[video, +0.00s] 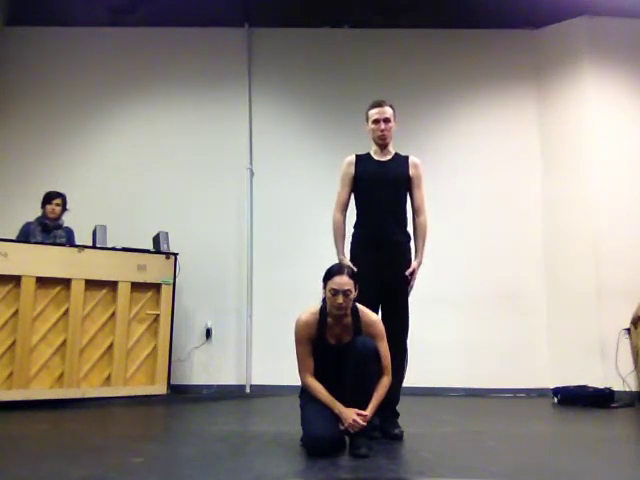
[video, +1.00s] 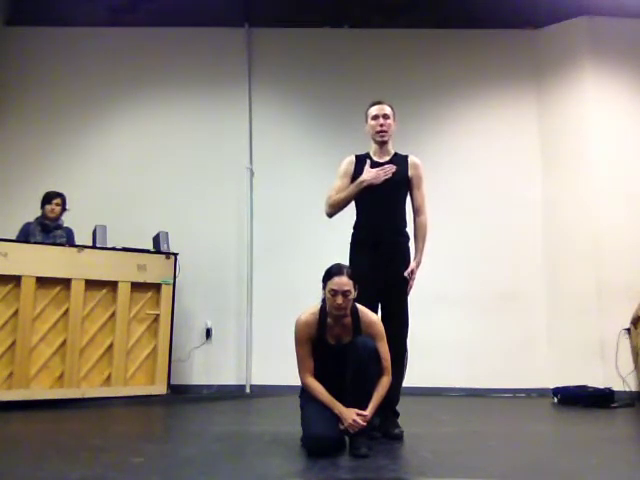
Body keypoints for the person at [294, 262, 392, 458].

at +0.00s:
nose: (340, 301)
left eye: (347, 294)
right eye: (334, 293)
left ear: (355, 293)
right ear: (324, 292)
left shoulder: (371, 322)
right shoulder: (307, 323)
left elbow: (386, 374)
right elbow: (307, 377)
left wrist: (366, 415)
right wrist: (342, 411)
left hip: (356, 392)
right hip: (321, 393)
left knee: (365, 346)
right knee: (322, 445)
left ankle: (360, 432)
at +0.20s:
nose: (340, 301)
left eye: (347, 294)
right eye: (334, 294)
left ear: (355, 293)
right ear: (324, 292)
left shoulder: (371, 323)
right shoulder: (307, 323)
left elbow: (386, 374)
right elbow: (307, 378)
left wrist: (366, 414)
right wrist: (342, 412)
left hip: (355, 392)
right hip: (321, 392)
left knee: (365, 347)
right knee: (321, 445)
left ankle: (360, 432)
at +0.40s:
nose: (340, 301)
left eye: (347, 294)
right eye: (334, 294)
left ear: (355, 293)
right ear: (324, 292)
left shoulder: (371, 322)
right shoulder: (307, 323)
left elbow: (386, 374)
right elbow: (307, 378)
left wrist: (366, 414)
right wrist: (342, 412)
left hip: (355, 392)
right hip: (321, 392)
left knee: (365, 347)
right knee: (321, 445)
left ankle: (360, 432)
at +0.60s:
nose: (340, 301)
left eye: (346, 294)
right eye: (334, 294)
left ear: (355, 293)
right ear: (324, 292)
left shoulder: (371, 322)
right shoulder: (307, 323)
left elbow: (386, 374)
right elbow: (307, 378)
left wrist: (366, 414)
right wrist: (342, 412)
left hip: (355, 392)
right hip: (321, 392)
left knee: (365, 347)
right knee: (321, 445)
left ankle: (360, 431)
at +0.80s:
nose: (339, 301)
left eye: (346, 294)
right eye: (333, 294)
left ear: (355, 293)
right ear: (324, 292)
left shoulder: (371, 322)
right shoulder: (307, 323)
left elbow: (386, 374)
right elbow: (307, 378)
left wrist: (366, 414)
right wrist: (342, 412)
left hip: (355, 392)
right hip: (321, 393)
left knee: (365, 347)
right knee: (321, 445)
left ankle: (360, 431)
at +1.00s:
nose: (339, 301)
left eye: (346, 294)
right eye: (333, 294)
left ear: (355, 293)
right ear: (324, 292)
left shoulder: (371, 322)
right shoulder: (307, 323)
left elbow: (386, 374)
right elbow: (307, 378)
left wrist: (366, 414)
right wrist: (342, 412)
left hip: (355, 392)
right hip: (321, 393)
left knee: (364, 347)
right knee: (321, 445)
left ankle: (360, 431)